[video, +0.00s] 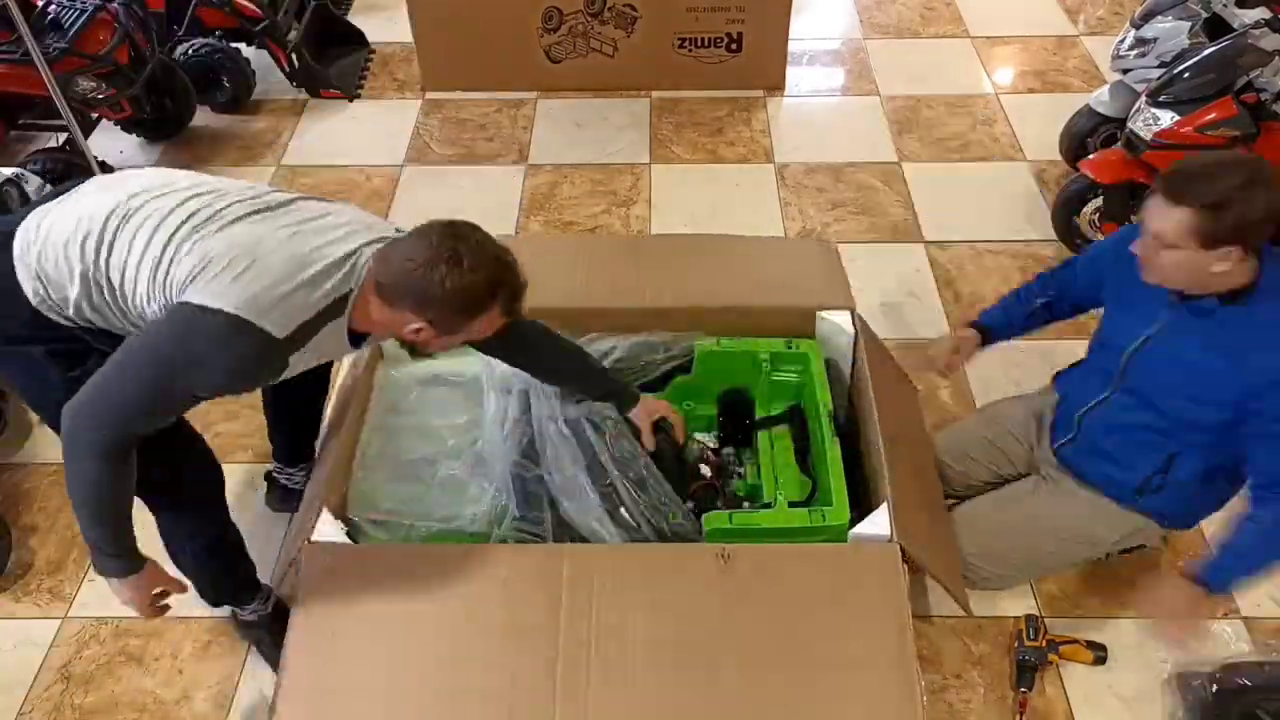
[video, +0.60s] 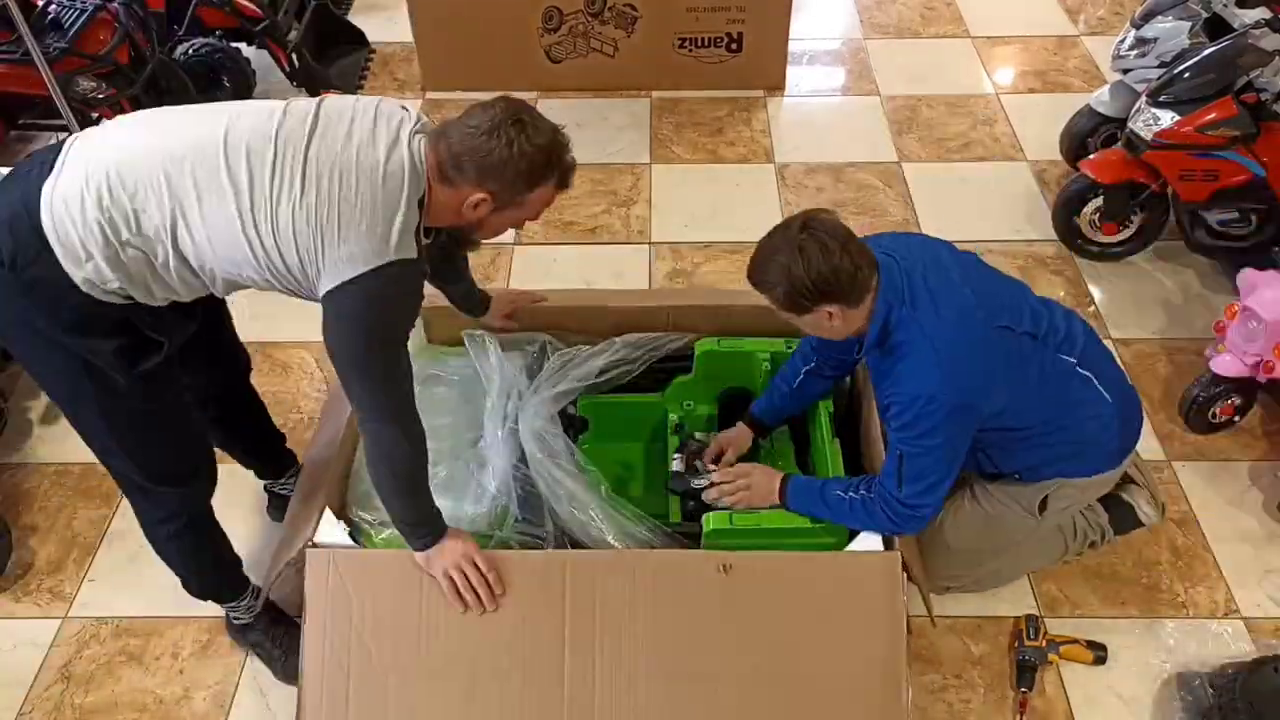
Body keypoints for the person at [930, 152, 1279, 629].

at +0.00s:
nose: (1138, 249)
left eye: (1162, 244)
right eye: (1144, 231)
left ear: (1228, 261)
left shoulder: (1264, 358)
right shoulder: (1138, 249)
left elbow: (1275, 503)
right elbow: (1061, 289)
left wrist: (1207, 580)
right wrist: (980, 330)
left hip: (1111, 498)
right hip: (1056, 414)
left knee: (954, 549)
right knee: (926, 465)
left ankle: (1119, 535)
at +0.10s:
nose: (774, 329)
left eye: (778, 318)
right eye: (769, 318)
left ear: (826, 308)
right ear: (824, 292)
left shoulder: (949, 349)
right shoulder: (846, 289)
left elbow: (1011, 474)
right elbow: (756, 377)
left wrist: (890, 480)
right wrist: (662, 441)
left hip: (1079, 428)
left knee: (955, 554)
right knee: (910, 470)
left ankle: (1113, 509)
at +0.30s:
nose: (853, 285)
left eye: (860, 275)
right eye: (850, 272)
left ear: (904, 276)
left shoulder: (959, 348)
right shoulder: (950, 230)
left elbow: (871, 445)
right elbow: (882, 302)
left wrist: (752, 477)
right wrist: (797, 350)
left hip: (1108, 462)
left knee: (939, 562)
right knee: (925, 459)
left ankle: (1118, 520)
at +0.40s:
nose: (788, 308)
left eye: (786, 300)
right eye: (781, 299)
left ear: (822, 296)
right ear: (844, 227)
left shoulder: (909, 365)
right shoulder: (887, 234)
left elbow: (915, 494)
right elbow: (858, 311)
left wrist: (794, 484)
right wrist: (807, 365)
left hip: (1083, 453)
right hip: (1076, 356)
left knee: (937, 564)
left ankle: (1111, 512)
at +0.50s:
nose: (784, 312)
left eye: (782, 304)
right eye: (778, 302)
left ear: (817, 304)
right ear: (841, 236)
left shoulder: (913, 378)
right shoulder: (879, 244)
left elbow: (902, 507)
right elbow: (847, 349)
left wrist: (786, 478)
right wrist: (787, 420)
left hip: (1083, 446)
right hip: (1067, 350)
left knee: (941, 560)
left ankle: (1112, 511)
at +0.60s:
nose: (791, 320)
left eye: (791, 312)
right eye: (785, 310)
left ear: (829, 313)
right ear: (850, 249)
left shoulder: (926, 386)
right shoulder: (882, 254)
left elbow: (902, 507)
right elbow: (825, 355)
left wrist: (783, 490)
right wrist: (750, 427)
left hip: (1088, 447)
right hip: (1071, 348)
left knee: (938, 560)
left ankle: (1109, 515)